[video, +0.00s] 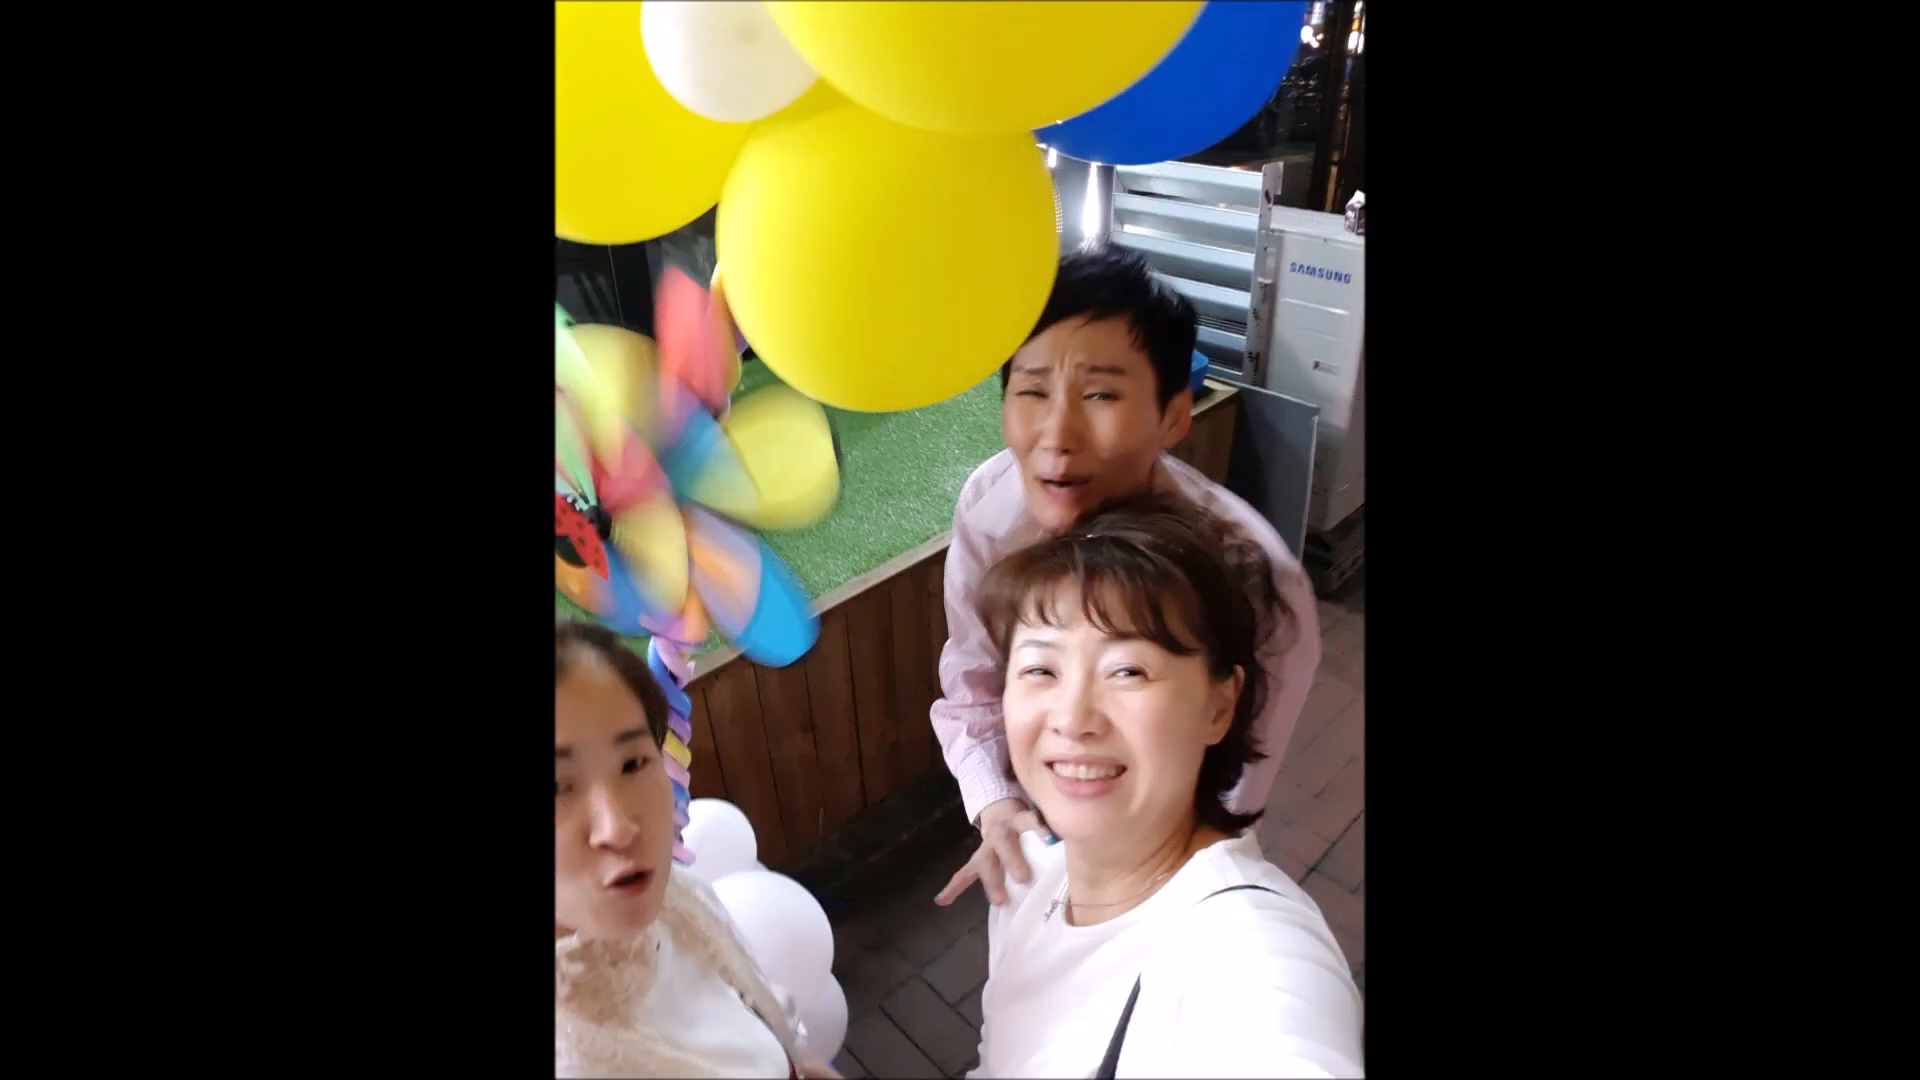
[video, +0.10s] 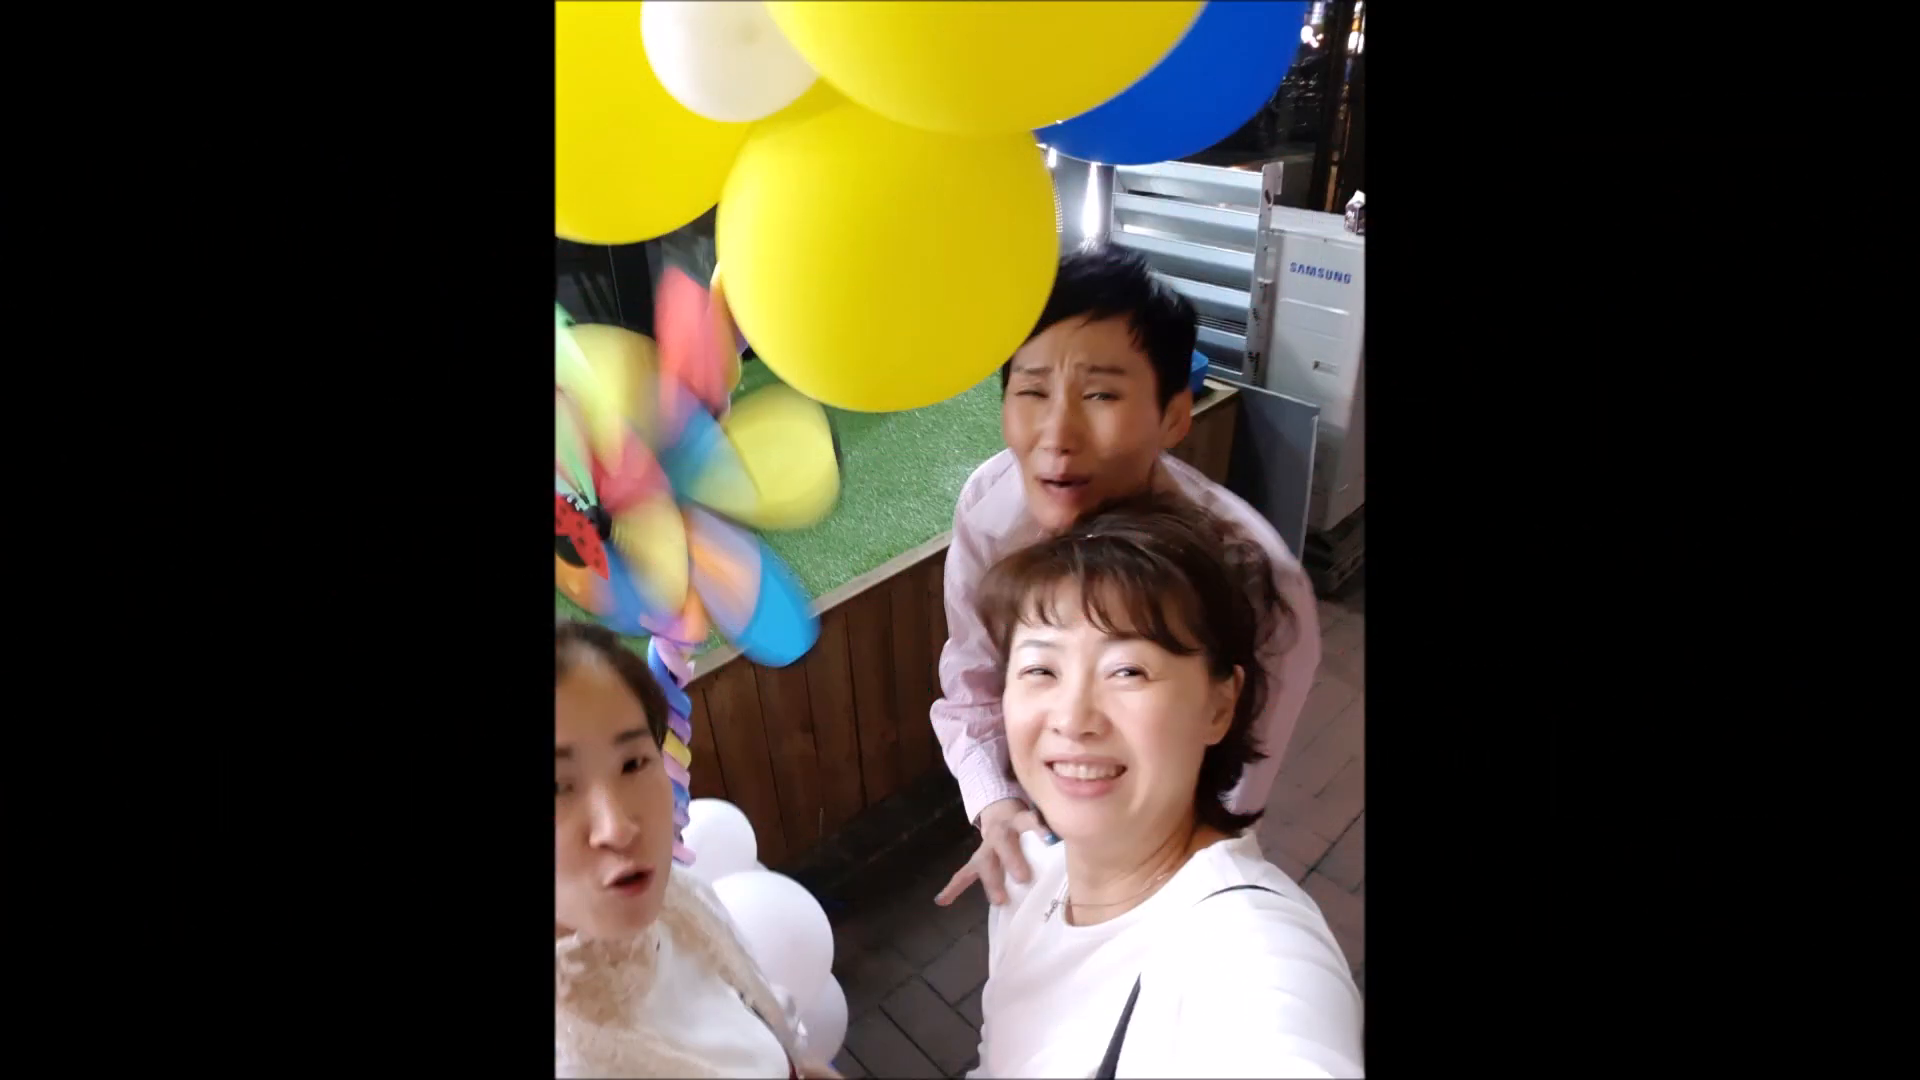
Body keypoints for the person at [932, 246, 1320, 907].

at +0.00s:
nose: (1057, 435)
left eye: (1101, 395)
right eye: (1033, 393)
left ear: (1174, 419)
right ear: (1004, 407)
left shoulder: (1253, 576)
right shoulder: (990, 504)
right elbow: (967, 677)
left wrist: (1224, 819)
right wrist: (992, 803)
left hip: (1176, 818)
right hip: (1040, 807)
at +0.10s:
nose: (1057, 435)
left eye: (1101, 395)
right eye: (1033, 393)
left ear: (1174, 419)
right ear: (1004, 407)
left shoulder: (1253, 576)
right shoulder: (990, 504)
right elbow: (967, 677)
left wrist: (1224, 818)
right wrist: (992, 803)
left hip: (1176, 818)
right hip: (1040, 808)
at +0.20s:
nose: (1057, 435)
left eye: (1101, 395)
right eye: (1033, 393)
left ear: (1174, 419)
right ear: (1004, 407)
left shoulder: (1253, 576)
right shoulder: (990, 504)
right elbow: (967, 677)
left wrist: (1224, 819)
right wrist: (992, 803)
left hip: (1176, 818)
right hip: (1040, 808)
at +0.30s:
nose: (1057, 435)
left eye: (1101, 395)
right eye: (1033, 393)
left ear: (1174, 419)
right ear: (1004, 407)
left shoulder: (1253, 576)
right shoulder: (990, 504)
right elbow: (967, 677)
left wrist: (1224, 819)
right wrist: (992, 803)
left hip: (1176, 818)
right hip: (1040, 808)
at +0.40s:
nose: (1057, 435)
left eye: (1101, 395)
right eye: (1033, 393)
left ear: (1174, 419)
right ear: (1004, 407)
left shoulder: (1253, 576)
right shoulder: (990, 504)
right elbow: (967, 677)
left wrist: (1225, 818)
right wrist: (992, 803)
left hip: (1176, 817)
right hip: (1040, 807)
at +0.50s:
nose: (1057, 435)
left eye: (1101, 396)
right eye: (1033, 393)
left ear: (1174, 420)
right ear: (1004, 407)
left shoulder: (1253, 576)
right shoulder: (990, 504)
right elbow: (967, 677)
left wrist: (1224, 818)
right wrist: (992, 802)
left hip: (1177, 818)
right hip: (1040, 806)